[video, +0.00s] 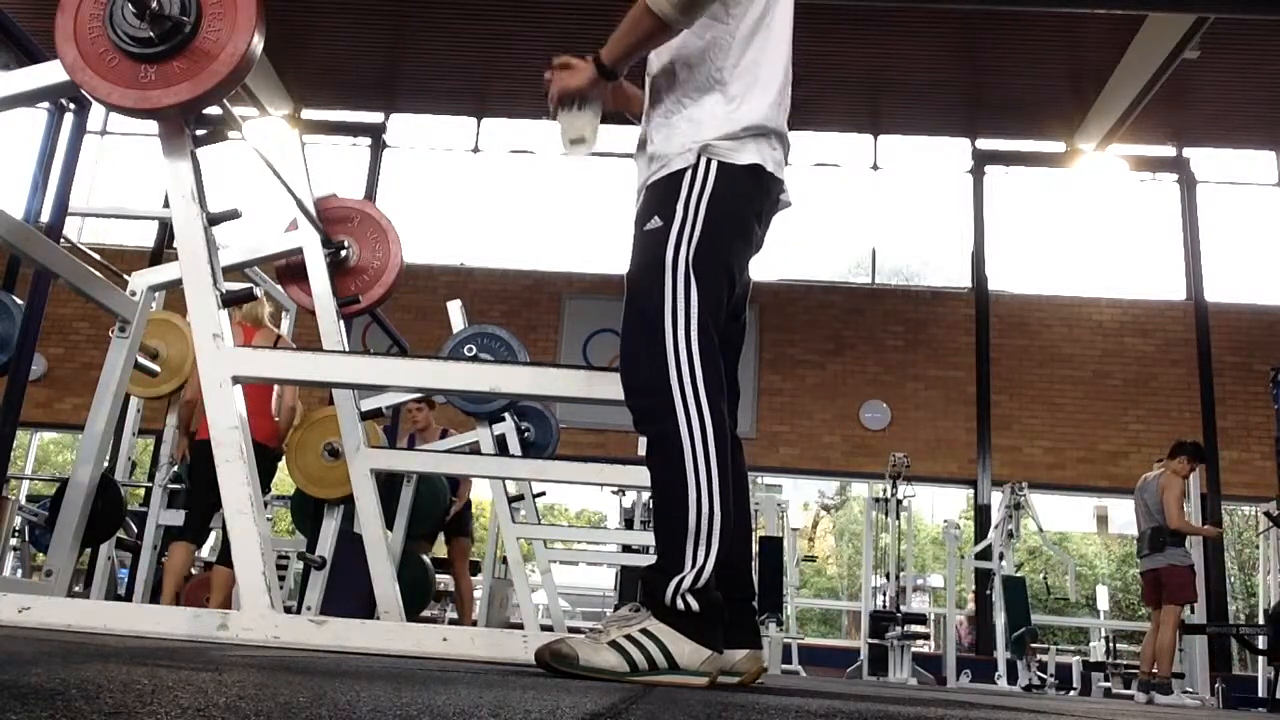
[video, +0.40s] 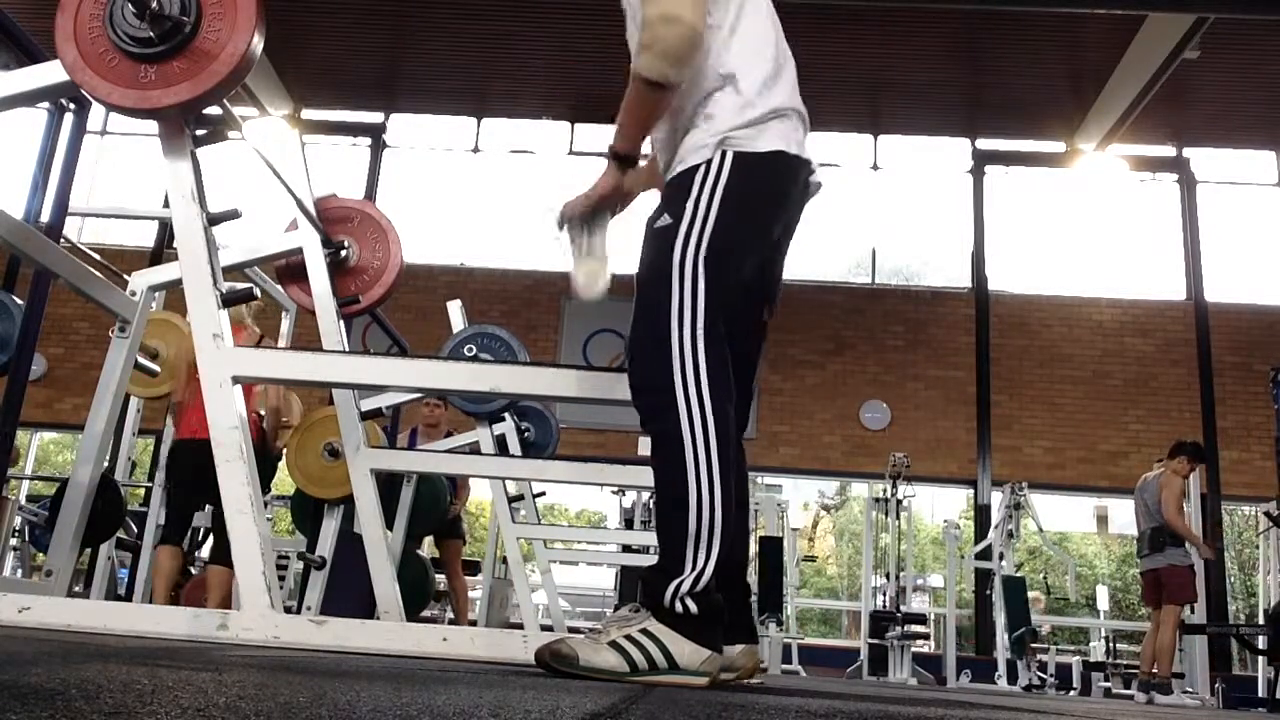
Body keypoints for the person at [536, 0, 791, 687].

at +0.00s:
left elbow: (668, 5)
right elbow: (687, 101)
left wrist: (600, 64)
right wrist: (611, 90)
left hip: (710, 147)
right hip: (699, 152)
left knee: (668, 372)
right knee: (697, 394)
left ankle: (689, 621)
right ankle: (730, 632)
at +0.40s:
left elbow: (674, 30)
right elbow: (716, 106)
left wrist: (621, 156)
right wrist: (633, 181)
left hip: (728, 150)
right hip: (757, 153)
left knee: (676, 376)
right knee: (708, 389)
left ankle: (688, 623)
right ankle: (723, 629)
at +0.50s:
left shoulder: (662, 4)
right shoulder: (656, 16)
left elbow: (671, 70)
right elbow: (680, 153)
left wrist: (634, 196)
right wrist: (611, 241)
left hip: (744, 147)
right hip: (780, 152)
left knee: (680, 373)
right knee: (706, 388)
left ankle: (686, 623)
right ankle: (709, 627)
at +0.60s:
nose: (515, 13)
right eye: (509, 8)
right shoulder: (608, 58)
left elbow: (676, 104)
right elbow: (635, 188)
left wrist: (643, 227)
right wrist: (588, 294)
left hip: (765, 153)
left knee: (678, 366)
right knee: (706, 388)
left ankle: (687, 624)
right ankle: (711, 629)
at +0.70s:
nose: (480, 58)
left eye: (472, 35)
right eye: (470, 51)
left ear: (504, 2)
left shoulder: (612, 9)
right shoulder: (592, 114)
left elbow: (693, 139)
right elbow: (599, 251)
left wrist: (671, 233)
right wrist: (550, 362)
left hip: (780, 162)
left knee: (666, 356)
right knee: (699, 388)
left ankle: (684, 624)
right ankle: (712, 632)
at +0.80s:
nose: (464, 115)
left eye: (454, 93)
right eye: (452, 106)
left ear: (486, 46)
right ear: (492, 55)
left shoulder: (603, 30)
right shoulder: (574, 158)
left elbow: (706, 148)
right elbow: (563, 288)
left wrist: (667, 250)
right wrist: (504, 417)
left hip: (787, 173)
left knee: (652, 349)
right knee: (686, 393)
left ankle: (687, 623)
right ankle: (707, 629)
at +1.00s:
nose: (453, 196)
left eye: (442, 172)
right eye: (437, 189)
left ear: (472, 121)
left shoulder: (589, 85)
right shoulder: (552, 230)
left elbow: (721, 169)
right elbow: (501, 366)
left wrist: (658, 257)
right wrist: (417, 493)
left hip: (801, 201)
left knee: (635, 348)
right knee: (657, 396)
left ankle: (684, 621)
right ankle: (702, 624)